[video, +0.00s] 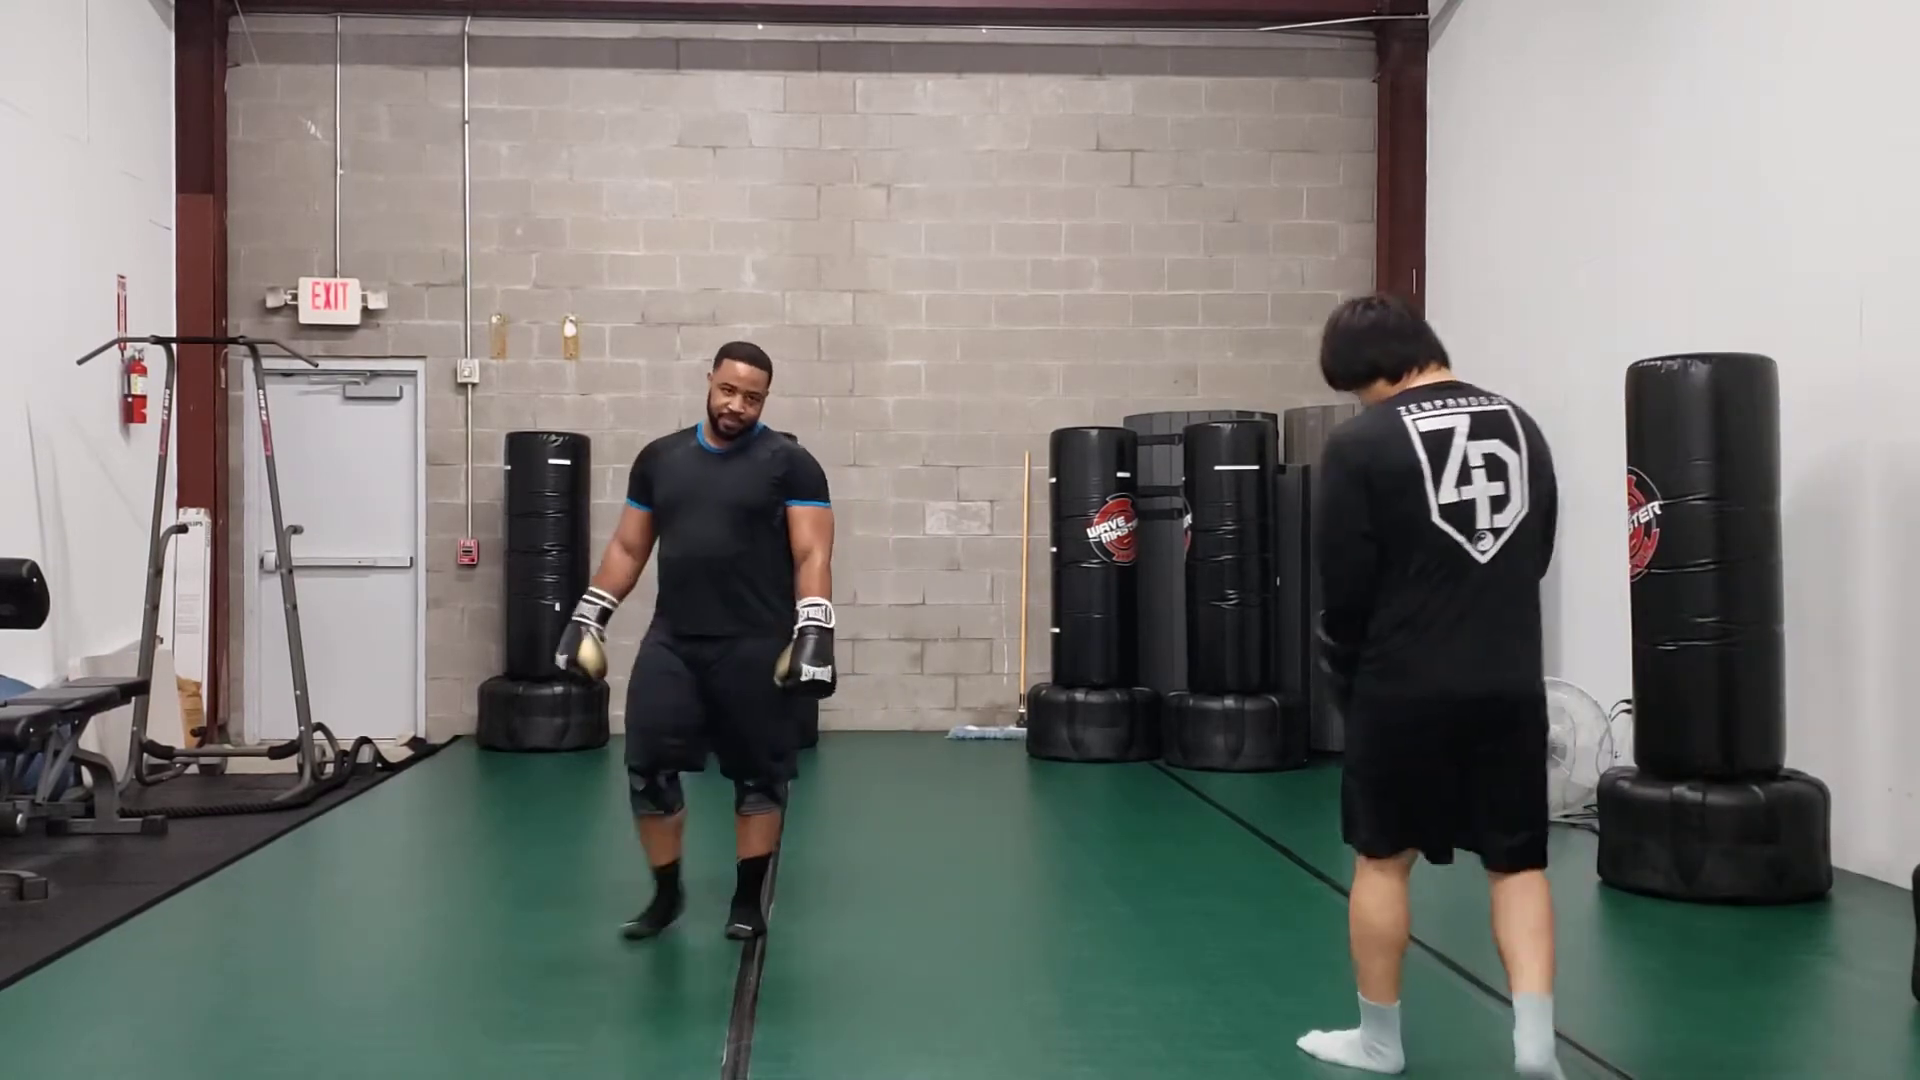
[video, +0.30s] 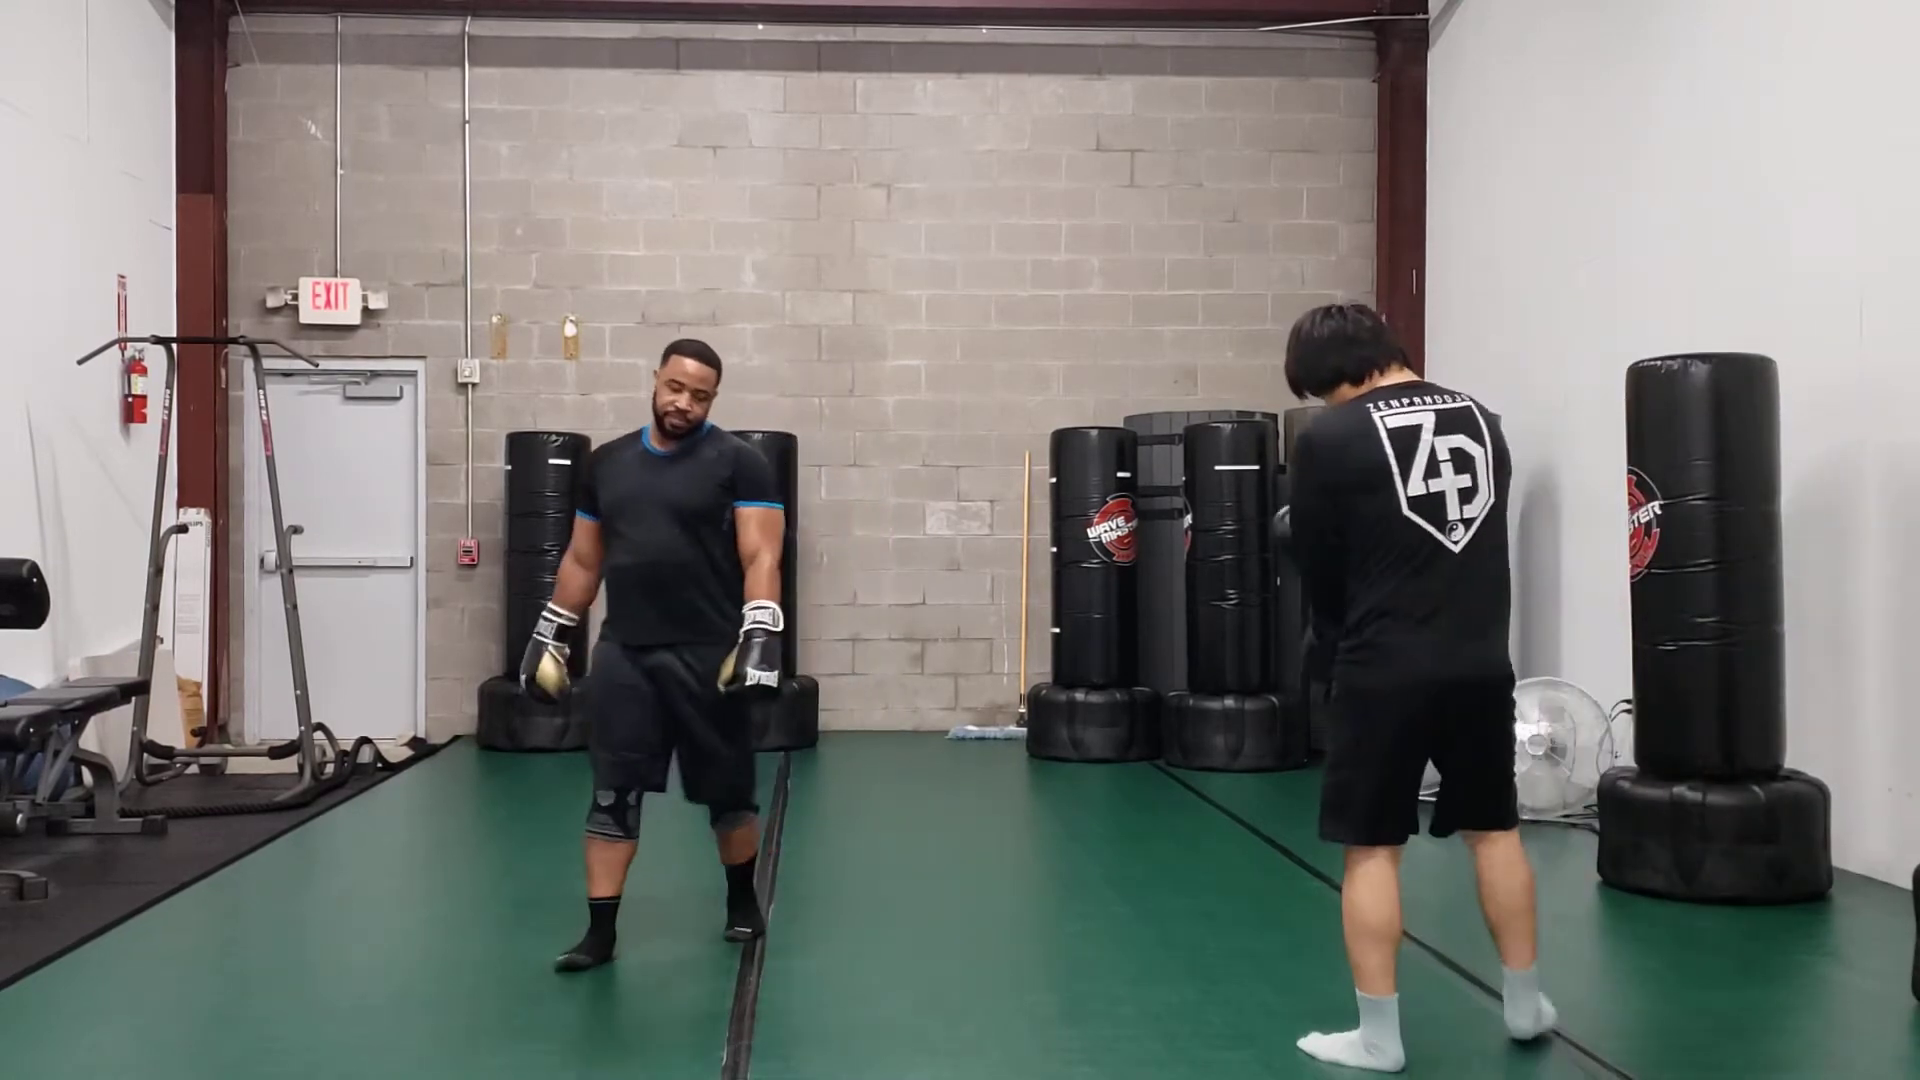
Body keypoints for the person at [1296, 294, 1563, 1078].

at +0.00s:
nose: (1359, 404)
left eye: (1357, 390)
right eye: (1355, 391)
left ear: (1374, 375)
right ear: (1429, 353)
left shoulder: (1362, 444)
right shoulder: (1518, 423)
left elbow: (1346, 588)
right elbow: (1537, 546)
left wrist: (1344, 668)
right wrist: (1488, 609)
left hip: (1403, 683)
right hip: (1507, 680)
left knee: (1382, 858)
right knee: (1519, 860)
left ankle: (1378, 1037)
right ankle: (1535, 1047)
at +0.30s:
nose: (1320, 408)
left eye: (1316, 395)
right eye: (1315, 397)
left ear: (1334, 381)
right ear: (1395, 353)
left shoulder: (1330, 438)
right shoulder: (1478, 418)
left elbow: (1321, 571)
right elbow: (1486, 544)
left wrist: (1339, 645)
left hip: (1384, 674)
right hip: (1479, 666)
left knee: (1372, 846)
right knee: (1496, 829)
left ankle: (1378, 1035)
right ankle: (1525, 1004)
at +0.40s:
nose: (1329, 410)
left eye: (1327, 396)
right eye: (1324, 397)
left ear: (1347, 382)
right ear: (1400, 358)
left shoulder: (1344, 441)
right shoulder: (1478, 420)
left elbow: (1327, 571)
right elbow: (1458, 537)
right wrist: (1314, 564)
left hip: (1386, 672)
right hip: (1479, 666)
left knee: (1374, 847)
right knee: (1491, 833)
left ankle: (1379, 1036)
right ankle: (1512, 1002)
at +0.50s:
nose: (1344, 408)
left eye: (1342, 393)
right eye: (1338, 394)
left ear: (1365, 377)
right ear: (1408, 360)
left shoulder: (1365, 439)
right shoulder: (1483, 421)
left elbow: (1347, 577)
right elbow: (1448, 543)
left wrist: (1343, 642)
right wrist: (1329, 580)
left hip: (1397, 668)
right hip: (1484, 663)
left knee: (1375, 841)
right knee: (1491, 833)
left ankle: (1380, 1030)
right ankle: (1509, 1004)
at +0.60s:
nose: (1358, 395)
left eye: (1358, 379)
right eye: (1353, 381)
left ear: (1392, 367)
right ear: (1428, 356)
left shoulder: (1388, 436)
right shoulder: (1488, 420)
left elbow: (1362, 565)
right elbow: (1449, 541)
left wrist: (1361, 629)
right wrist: (1341, 586)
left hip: (1413, 664)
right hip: (1496, 658)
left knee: (1362, 825)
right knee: (1494, 825)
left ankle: (1383, 1018)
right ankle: (1507, 1003)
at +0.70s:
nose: (1362, 382)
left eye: (1366, 366)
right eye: (1360, 367)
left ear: (1403, 364)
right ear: (1439, 357)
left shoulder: (1404, 435)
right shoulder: (1493, 421)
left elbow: (1374, 562)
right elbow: (1464, 547)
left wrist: (1362, 623)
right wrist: (1352, 581)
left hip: (1424, 660)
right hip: (1503, 658)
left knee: (1345, 810)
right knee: (1495, 822)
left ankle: (1385, 997)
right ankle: (1507, 1003)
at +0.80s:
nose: (1364, 378)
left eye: (1369, 363)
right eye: (1363, 363)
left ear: (1405, 362)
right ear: (1440, 358)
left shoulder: (1412, 434)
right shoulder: (1492, 422)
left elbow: (1395, 557)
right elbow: (1468, 549)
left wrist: (1356, 605)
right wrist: (1364, 565)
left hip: (1429, 659)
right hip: (1503, 656)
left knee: (1336, 803)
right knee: (1492, 819)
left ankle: (1381, 988)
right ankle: (1507, 1003)